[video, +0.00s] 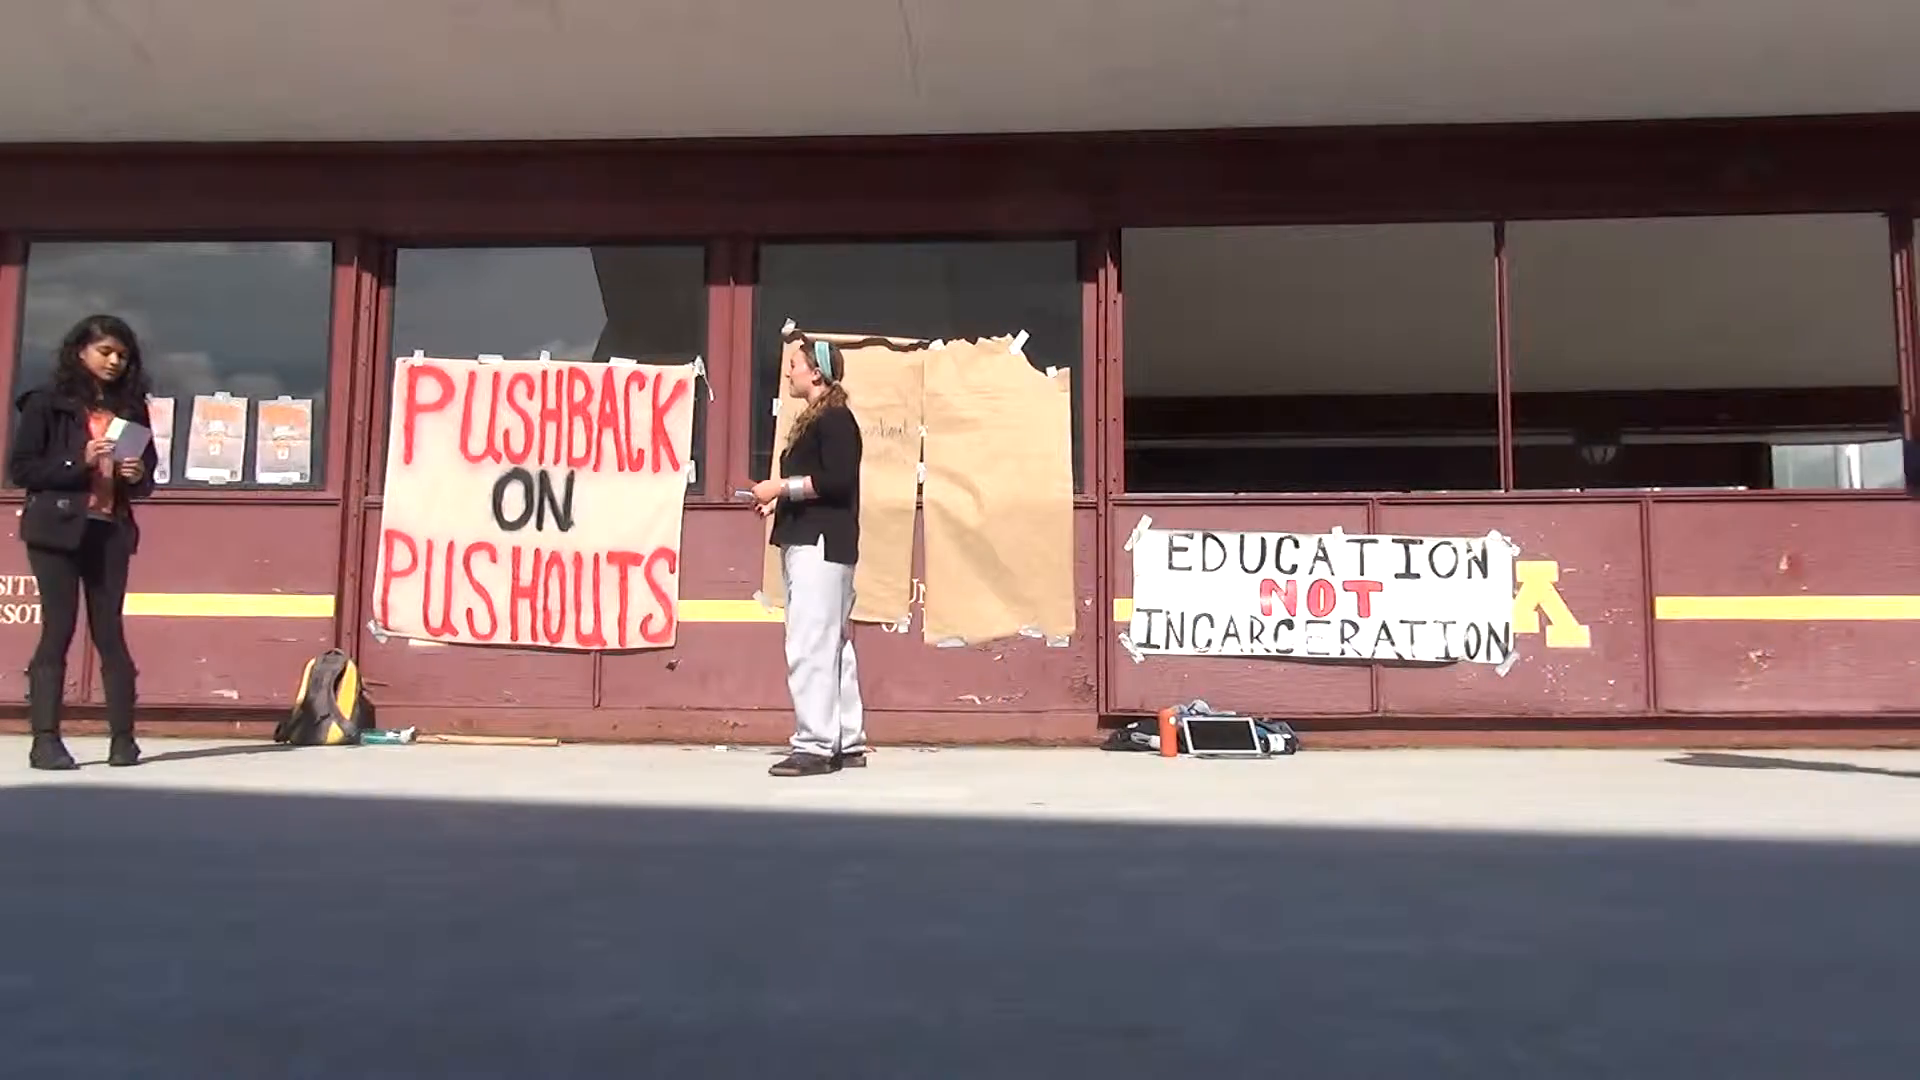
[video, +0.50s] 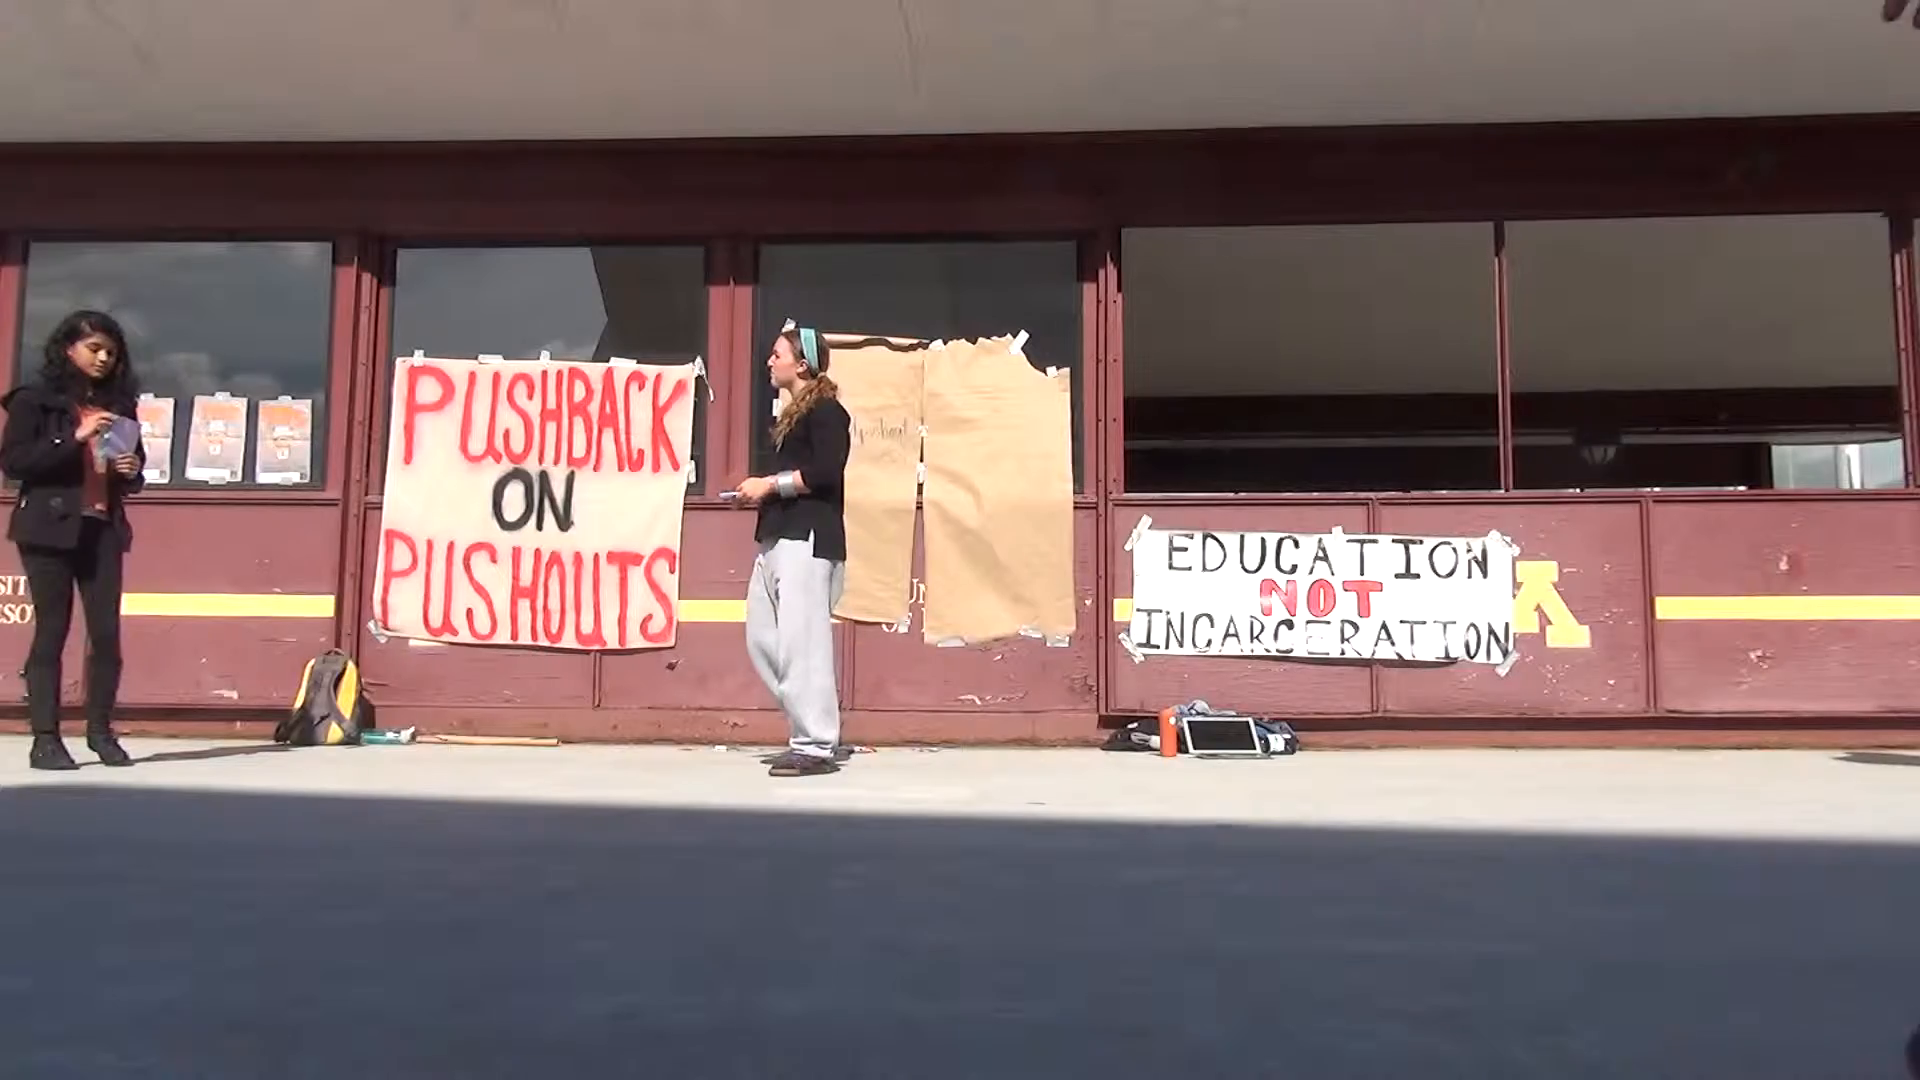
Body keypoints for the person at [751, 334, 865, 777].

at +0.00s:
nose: (787, 372)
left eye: (794, 365)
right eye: (788, 365)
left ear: (816, 372)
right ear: (814, 374)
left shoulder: (833, 419)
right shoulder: (817, 419)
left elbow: (836, 482)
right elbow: (816, 483)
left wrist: (781, 489)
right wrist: (775, 496)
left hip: (820, 547)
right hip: (816, 546)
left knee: (810, 645)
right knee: (829, 643)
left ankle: (814, 744)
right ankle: (847, 740)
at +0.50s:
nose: (770, 362)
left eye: (778, 356)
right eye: (772, 355)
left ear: (802, 364)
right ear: (792, 364)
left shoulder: (825, 409)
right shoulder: (791, 414)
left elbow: (826, 471)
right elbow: (798, 475)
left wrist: (770, 484)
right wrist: (762, 485)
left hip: (806, 542)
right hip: (776, 543)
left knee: (804, 641)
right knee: (763, 639)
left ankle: (815, 746)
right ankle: (815, 734)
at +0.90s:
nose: (742, 368)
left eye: (750, 362)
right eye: (743, 361)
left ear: (777, 368)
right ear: (760, 367)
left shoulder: (812, 416)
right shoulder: (746, 422)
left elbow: (813, 478)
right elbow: (747, 480)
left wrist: (758, 484)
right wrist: (729, 491)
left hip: (787, 544)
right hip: (741, 543)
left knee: (791, 644)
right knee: (723, 642)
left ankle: (811, 747)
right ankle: (700, 745)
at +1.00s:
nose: (733, 369)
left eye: (740, 361)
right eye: (733, 361)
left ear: (767, 367)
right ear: (750, 367)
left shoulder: (802, 416)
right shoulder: (733, 423)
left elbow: (806, 480)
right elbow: (734, 484)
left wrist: (748, 484)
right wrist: (712, 491)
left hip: (775, 544)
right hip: (729, 543)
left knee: (782, 646)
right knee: (714, 645)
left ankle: (809, 746)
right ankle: (699, 746)